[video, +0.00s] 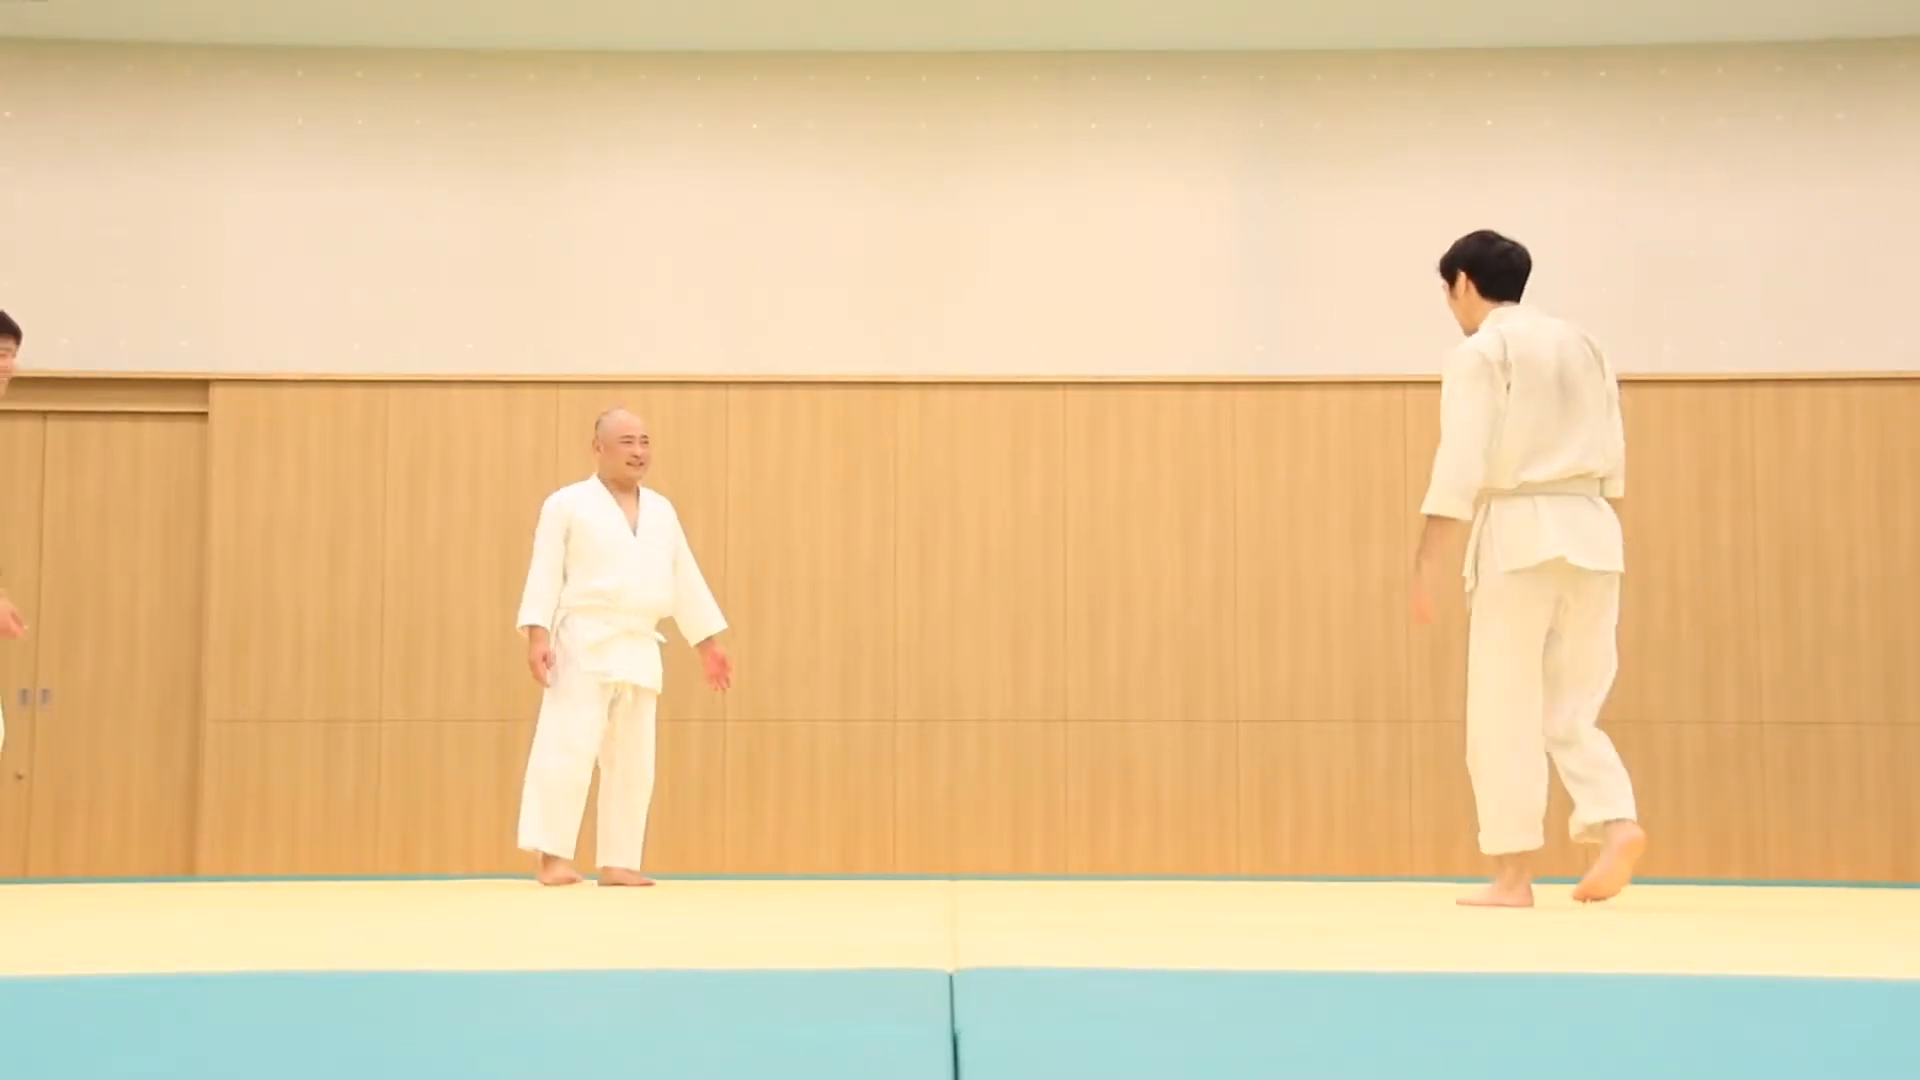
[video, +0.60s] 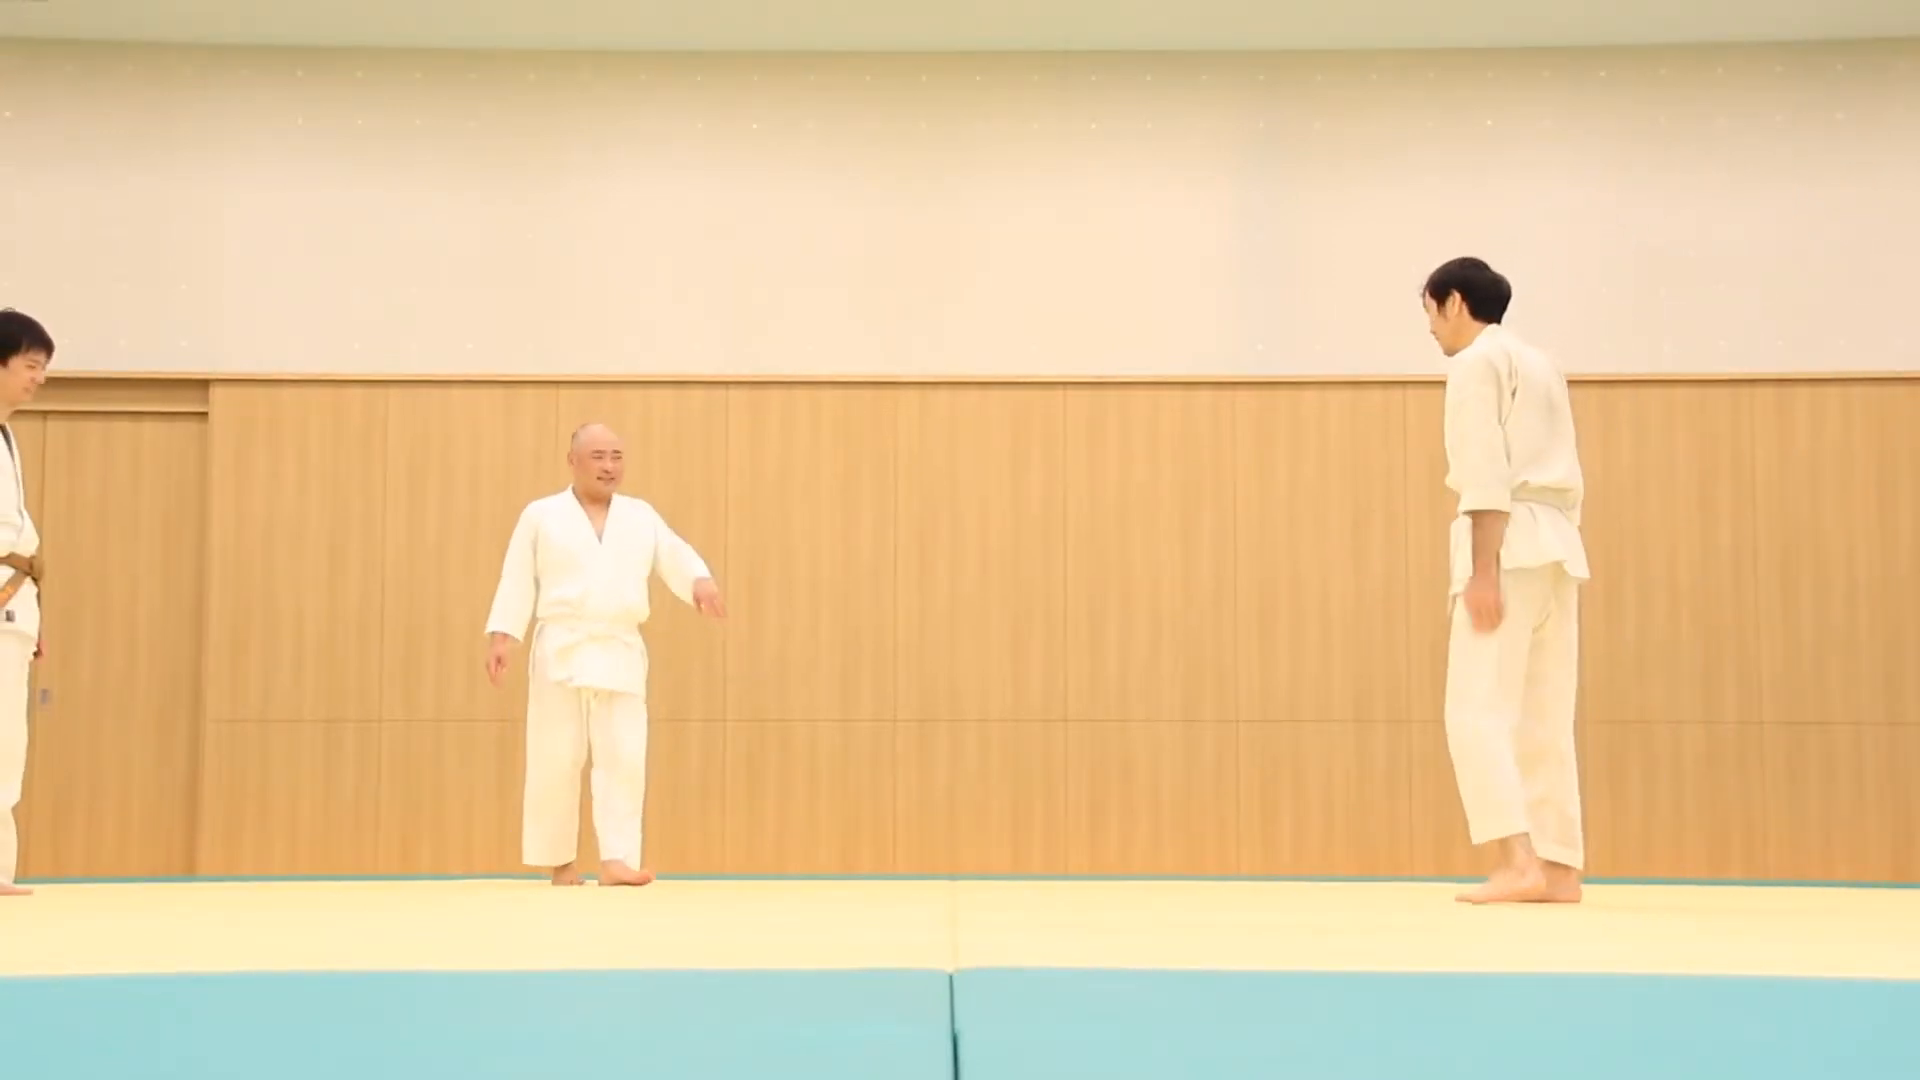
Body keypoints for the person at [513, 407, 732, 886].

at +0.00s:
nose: (639, 450)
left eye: (644, 441)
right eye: (626, 441)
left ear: (650, 449)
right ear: (598, 449)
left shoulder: (660, 509)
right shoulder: (566, 505)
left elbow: (684, 578)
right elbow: (545, 574)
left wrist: (707, 643)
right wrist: (538, 636)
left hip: (639, 648)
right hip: (580, 645)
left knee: (631, 759)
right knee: (568, 752)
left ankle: (617, 865)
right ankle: (553, 860)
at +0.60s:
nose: (609, 465)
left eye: (616, 456)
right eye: (598, 456)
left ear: (624, 463)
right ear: (573, 462)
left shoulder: (640, 516)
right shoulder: (541, 515)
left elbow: (675, 554)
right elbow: (517, 579)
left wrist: (701, 583)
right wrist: (501, 635)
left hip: (621, 650)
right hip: (559, 649)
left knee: (623, 756)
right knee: (559, 757)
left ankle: (616, 861)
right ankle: (562, 864)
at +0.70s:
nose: (603, 470)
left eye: (611, 462)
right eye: (592, 462)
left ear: (619, 468)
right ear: (567, 467)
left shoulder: (635, 514)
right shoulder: (536, 519)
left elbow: (679, 541)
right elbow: (513, 582)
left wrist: (671, 552)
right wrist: (498, 638)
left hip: (615, 650)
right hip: (555, 650)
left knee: (621, 756)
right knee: (557, 758)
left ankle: (615, 861)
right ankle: (561, 866)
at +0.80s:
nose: (598, 472)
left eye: (607, 463)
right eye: (587, 463)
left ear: (616, 468)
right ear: (564, 466)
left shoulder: (625, 509)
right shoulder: (533, 517)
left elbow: (671, 534)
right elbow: (509, 582)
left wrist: (642, 526)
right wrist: (493, 641)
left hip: (612, 649)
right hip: (553, 649)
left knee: (619, 751)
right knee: (555, 755)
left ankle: (610, 859)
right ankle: (561, 864)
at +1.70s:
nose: (599, 475)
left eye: (607, 465)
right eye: (587, 466)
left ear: (618, 468)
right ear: (568, 471)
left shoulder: (640, 515)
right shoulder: (542, 522)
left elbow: (689, 548)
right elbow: (522, 582)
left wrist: (673, 556)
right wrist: (512, 632)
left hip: (622, 651)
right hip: (564, 650)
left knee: (621, 759)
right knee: (561, 756)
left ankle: (612, 862)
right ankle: (564, 862)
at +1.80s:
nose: (598, 474)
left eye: (606, 464)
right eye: (586, 466)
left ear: (618, 467)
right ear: (569, 472)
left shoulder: (643, 519)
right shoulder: (546, 521)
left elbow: (674, 558)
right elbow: (524, 583)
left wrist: (698, 590)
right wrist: (511, 634)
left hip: (619, 652)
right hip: (559, 651)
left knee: (619, 760)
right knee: (555, 755)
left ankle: (612, 863)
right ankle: (562, 861)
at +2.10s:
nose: (591, 472)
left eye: (600, 463)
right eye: (580, 464)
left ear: (613, 467)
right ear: (563, 470)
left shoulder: (636, 520)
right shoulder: (540, 517)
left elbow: (658, 584)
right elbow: (513, 581)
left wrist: (675, 644)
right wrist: (490, 640)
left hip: (604, 654)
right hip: (543, 650)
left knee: (605, 761)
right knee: (524, 753)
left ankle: (608, 865)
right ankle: (512, 857)